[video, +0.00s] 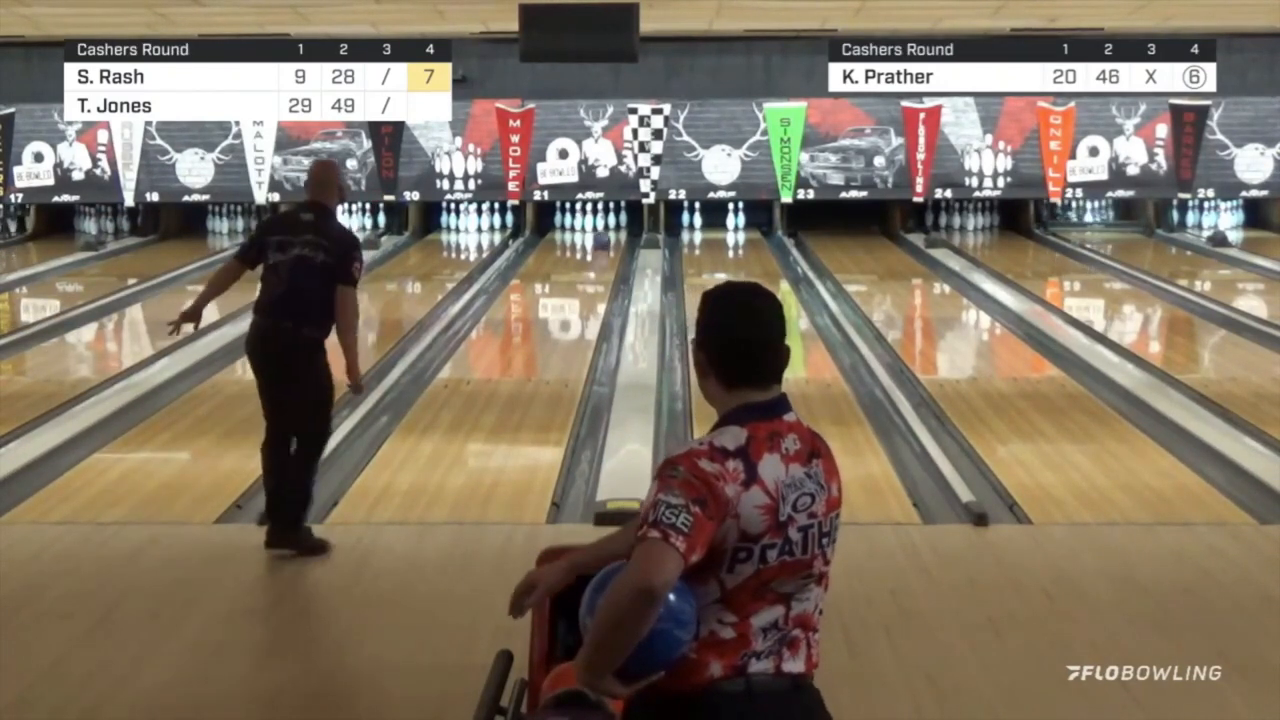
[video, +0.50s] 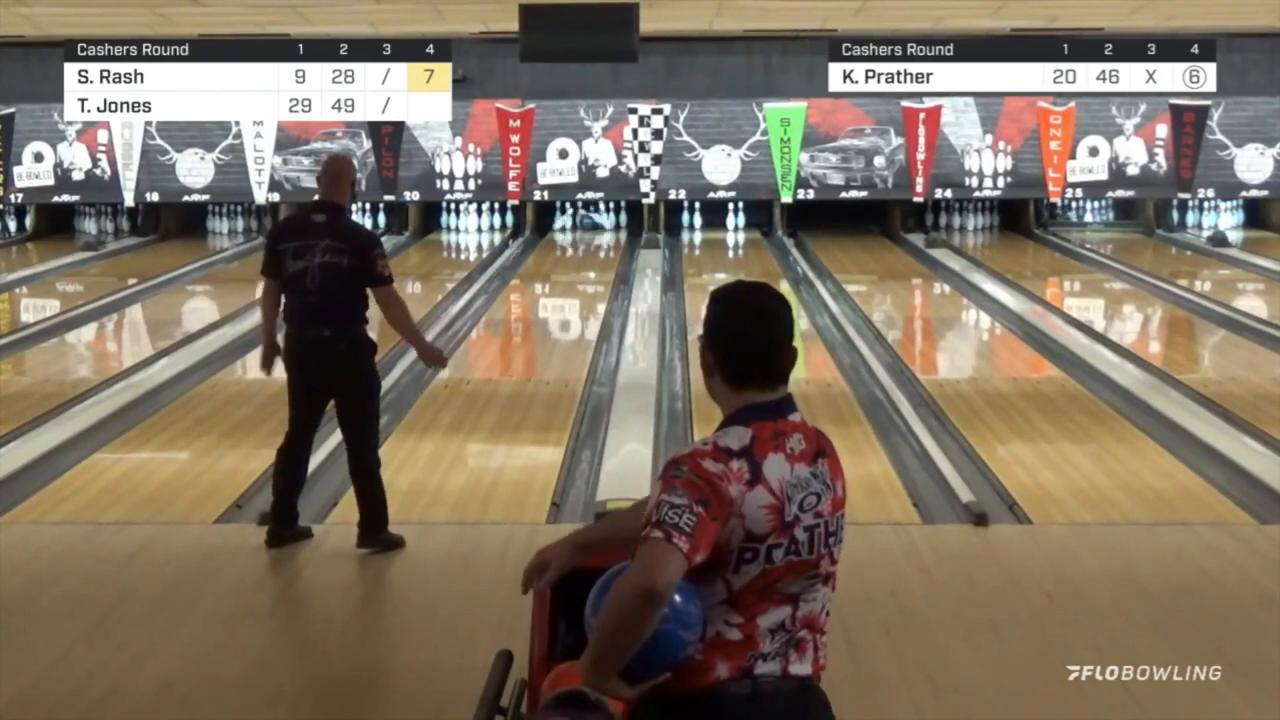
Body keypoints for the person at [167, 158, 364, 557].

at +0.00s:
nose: (345, 191)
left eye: (342, 184)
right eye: (342, 185)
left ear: (308, 187)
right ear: (335, 190)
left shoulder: (276, 222)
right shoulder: (343, 241)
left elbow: (235, 267)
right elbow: (346, 310)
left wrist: (197, 305)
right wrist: (352, 365)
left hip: (261, 340)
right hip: (304, 346)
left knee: (278, 428)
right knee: (314, 430)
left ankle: (278, 520)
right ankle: (290, 526)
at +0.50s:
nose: (354, 190)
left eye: (350, 183)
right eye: (354, 184)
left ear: (318, 184)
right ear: (351, 187)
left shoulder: (284, 231)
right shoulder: (362, 239)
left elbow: (270, 291)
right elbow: (389, 302)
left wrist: (269, 339)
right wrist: (423, 346)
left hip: (301, 351)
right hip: (350, 354)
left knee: (297, 436)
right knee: (362, 445)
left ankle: (282, 524)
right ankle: (373, 530)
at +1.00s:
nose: (326, 191)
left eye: (319, 183)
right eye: (326, 185)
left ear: (291, 184)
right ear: (323, 188)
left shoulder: (260, 229)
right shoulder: (337, 240)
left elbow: (244, 286)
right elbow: (351, 296)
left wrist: (254, 332)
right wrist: (319, 310)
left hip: (278, 347)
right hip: (328, 350)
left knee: (279, 436)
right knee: (350, 438)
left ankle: (281, 525)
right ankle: (366, 523)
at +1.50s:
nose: (313, 188)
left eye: (309, 181)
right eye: (310, 182)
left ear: (276, 184)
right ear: (306, 186)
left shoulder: (246, 232)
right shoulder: (323, 237)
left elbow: (231, 291)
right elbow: (342, 300)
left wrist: (228, 340)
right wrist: (355, 348)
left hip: (266, 349)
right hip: (314, 350)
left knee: (271, 437)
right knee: (318, 441)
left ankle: (280, 525)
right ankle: (324, 527)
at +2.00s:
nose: (314, 196)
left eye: (312, 189)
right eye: (313, 190)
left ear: (279, 186)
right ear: (307, 191)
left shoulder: (242, 233)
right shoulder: (314, 237)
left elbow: (240, 293)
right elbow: (330, 302)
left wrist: (260, 330)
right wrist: (347, 353)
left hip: (266, 347)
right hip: (312, 348)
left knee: (272, 435)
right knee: (316, 441)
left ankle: (280, 525)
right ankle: (324, 527)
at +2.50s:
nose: (314, 210)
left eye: (313, 205)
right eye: (313, 205)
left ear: (281, 200)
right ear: (306, 201)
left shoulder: (240, 234)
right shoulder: (318, 235)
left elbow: (227, 297)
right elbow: (333, 299)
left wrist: (229, 347)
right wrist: (341, 352)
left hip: (258, 348)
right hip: (305, 348)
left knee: (266, 437)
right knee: (311, 442)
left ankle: (279, 525)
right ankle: (323, 527)